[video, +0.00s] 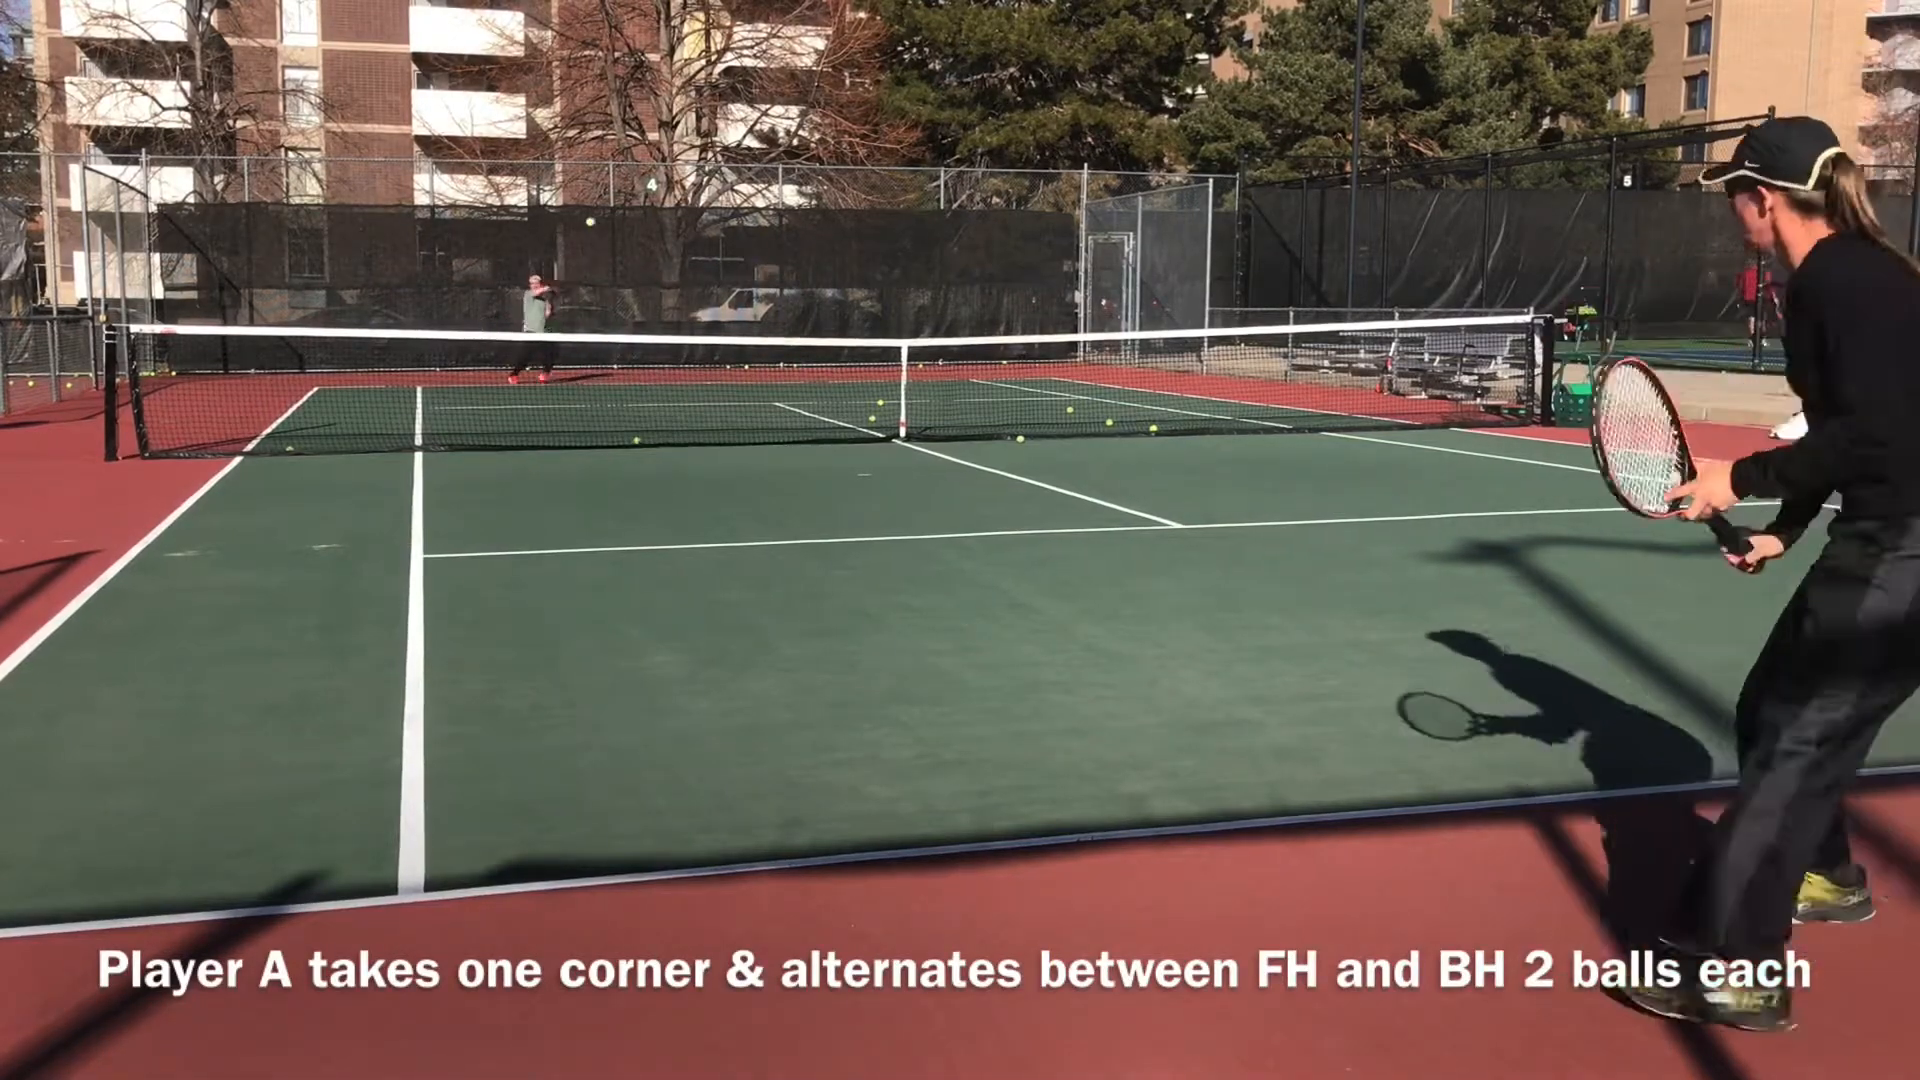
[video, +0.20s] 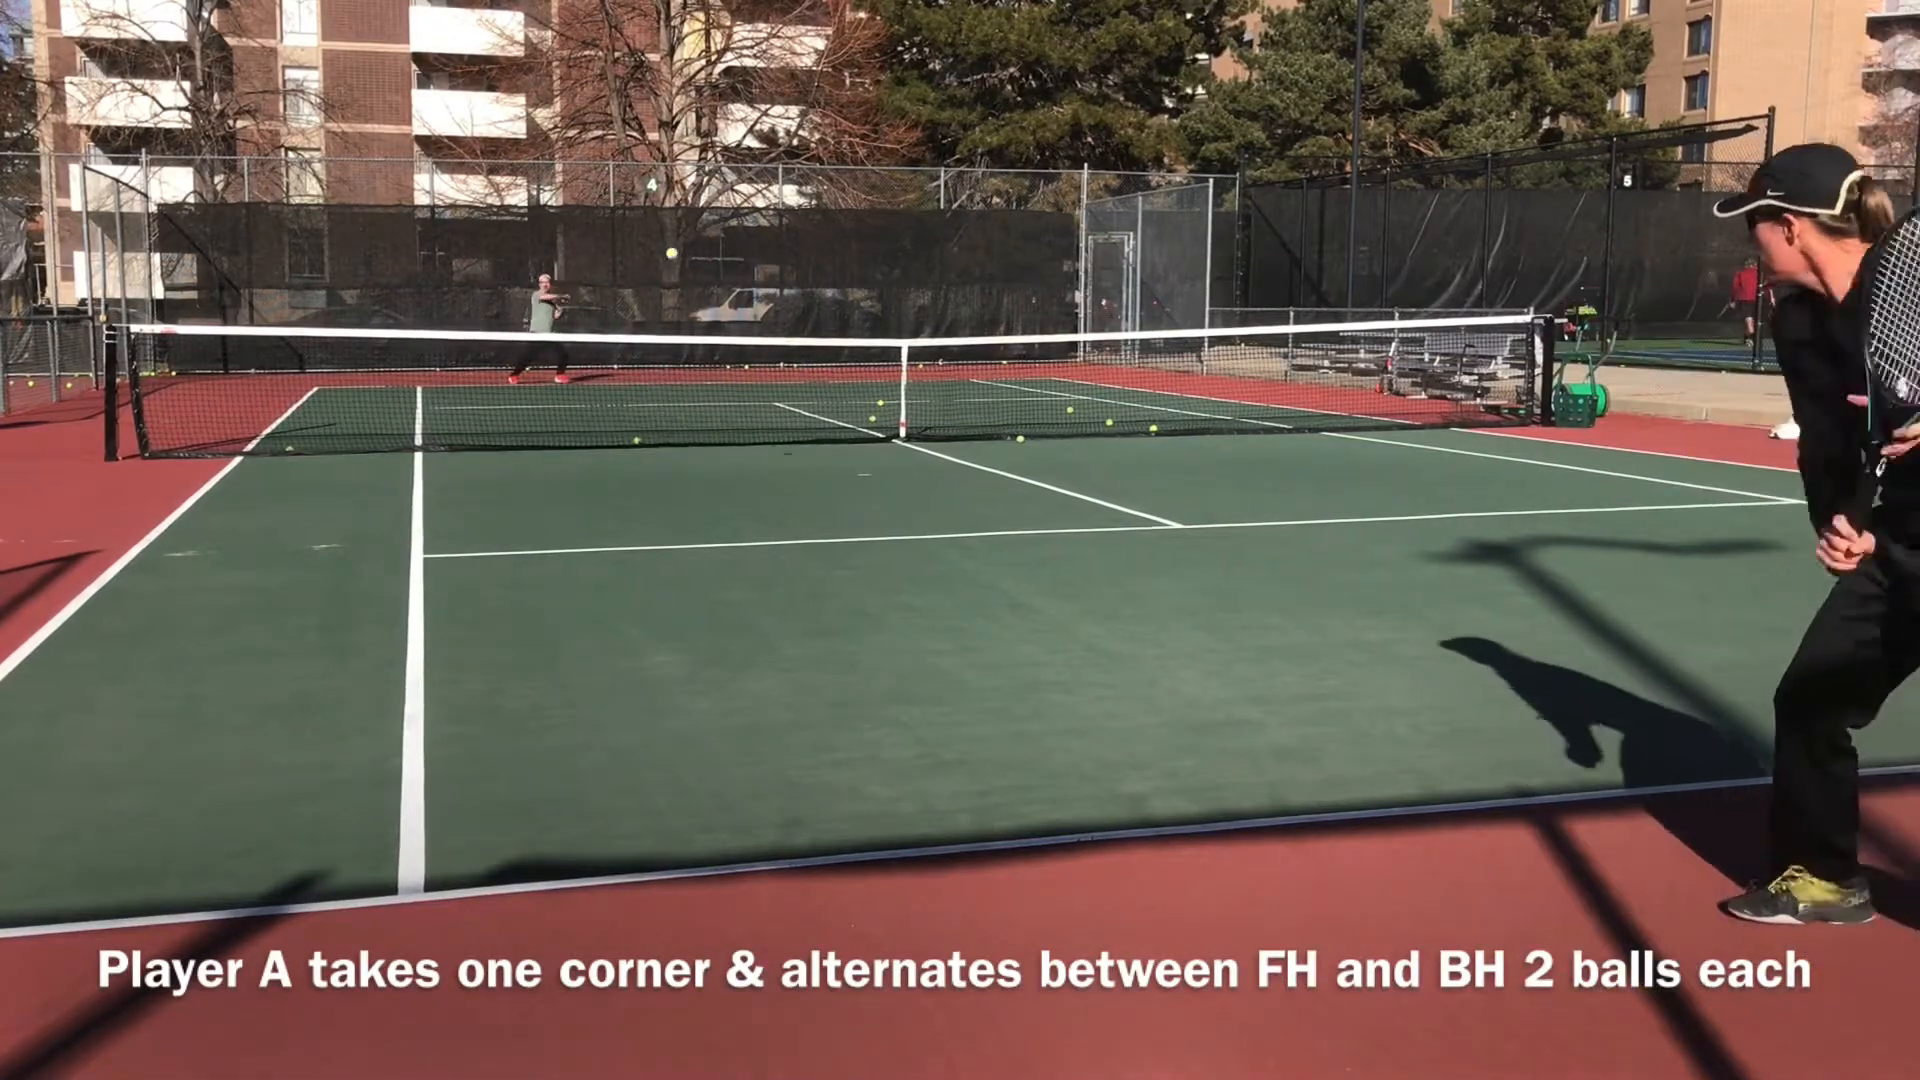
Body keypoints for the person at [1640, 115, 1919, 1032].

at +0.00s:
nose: (1736, 215)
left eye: (1739, 199)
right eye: (1735, 199)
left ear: (1772, 200)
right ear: (1807, 195)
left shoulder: (1841, 282)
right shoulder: (1844, 275)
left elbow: (1865, 438)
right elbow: (1838, 426)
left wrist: (1738, 480)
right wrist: (1786, 524)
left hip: (1891, 549)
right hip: (1881, 540)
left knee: (1788, 734)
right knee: (1778, 707)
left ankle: (1737, 965)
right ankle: (1823, 868)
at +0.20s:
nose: (1755, 249)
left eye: (1758, 232)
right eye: (1753, 233)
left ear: (1796, 228)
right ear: (1809, 227)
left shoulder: (1908, 275)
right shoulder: (1803, 317)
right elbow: (1823, 432)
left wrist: (1918, 428)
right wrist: (1834, 514)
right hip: (1895, 551)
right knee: (1808, 699)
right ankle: (1822, 876)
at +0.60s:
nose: (1761, 292)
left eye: (1769, 271)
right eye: (1760, 274)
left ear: (1820, 269)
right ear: (1823, 272)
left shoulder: (1919, 323)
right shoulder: (1802, 362)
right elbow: (1889, 439)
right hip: (1919, 579)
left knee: (1811, 720)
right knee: (1805, 718)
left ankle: (1840, 943)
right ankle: (1841, 942)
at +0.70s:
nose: (1773, 252)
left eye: (1785, 233)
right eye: (1772, 236)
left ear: (1841, 226)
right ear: (1830, 232)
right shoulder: (1816, 326)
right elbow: (1790, 465)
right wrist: (1761, 596)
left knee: (1815, 717)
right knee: (1807, 713)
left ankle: (1838, 942)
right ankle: (1837, 944)